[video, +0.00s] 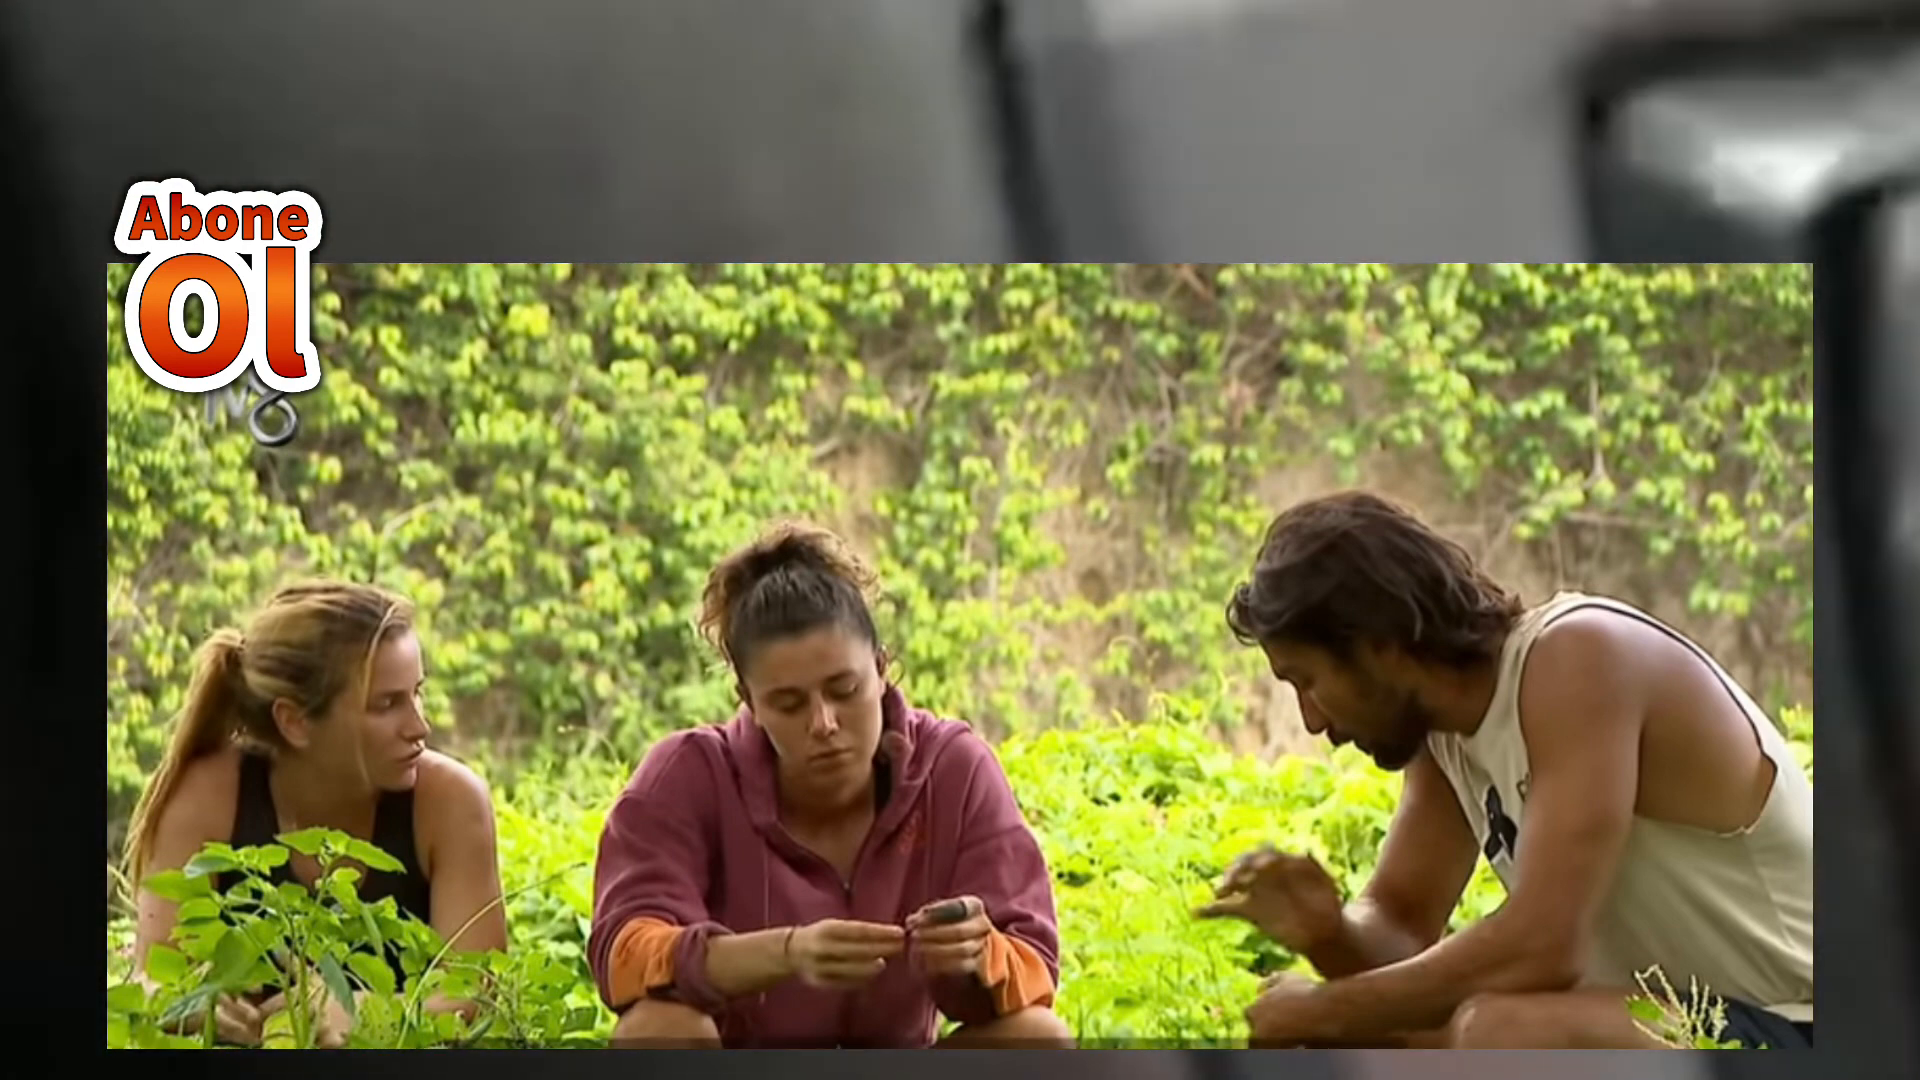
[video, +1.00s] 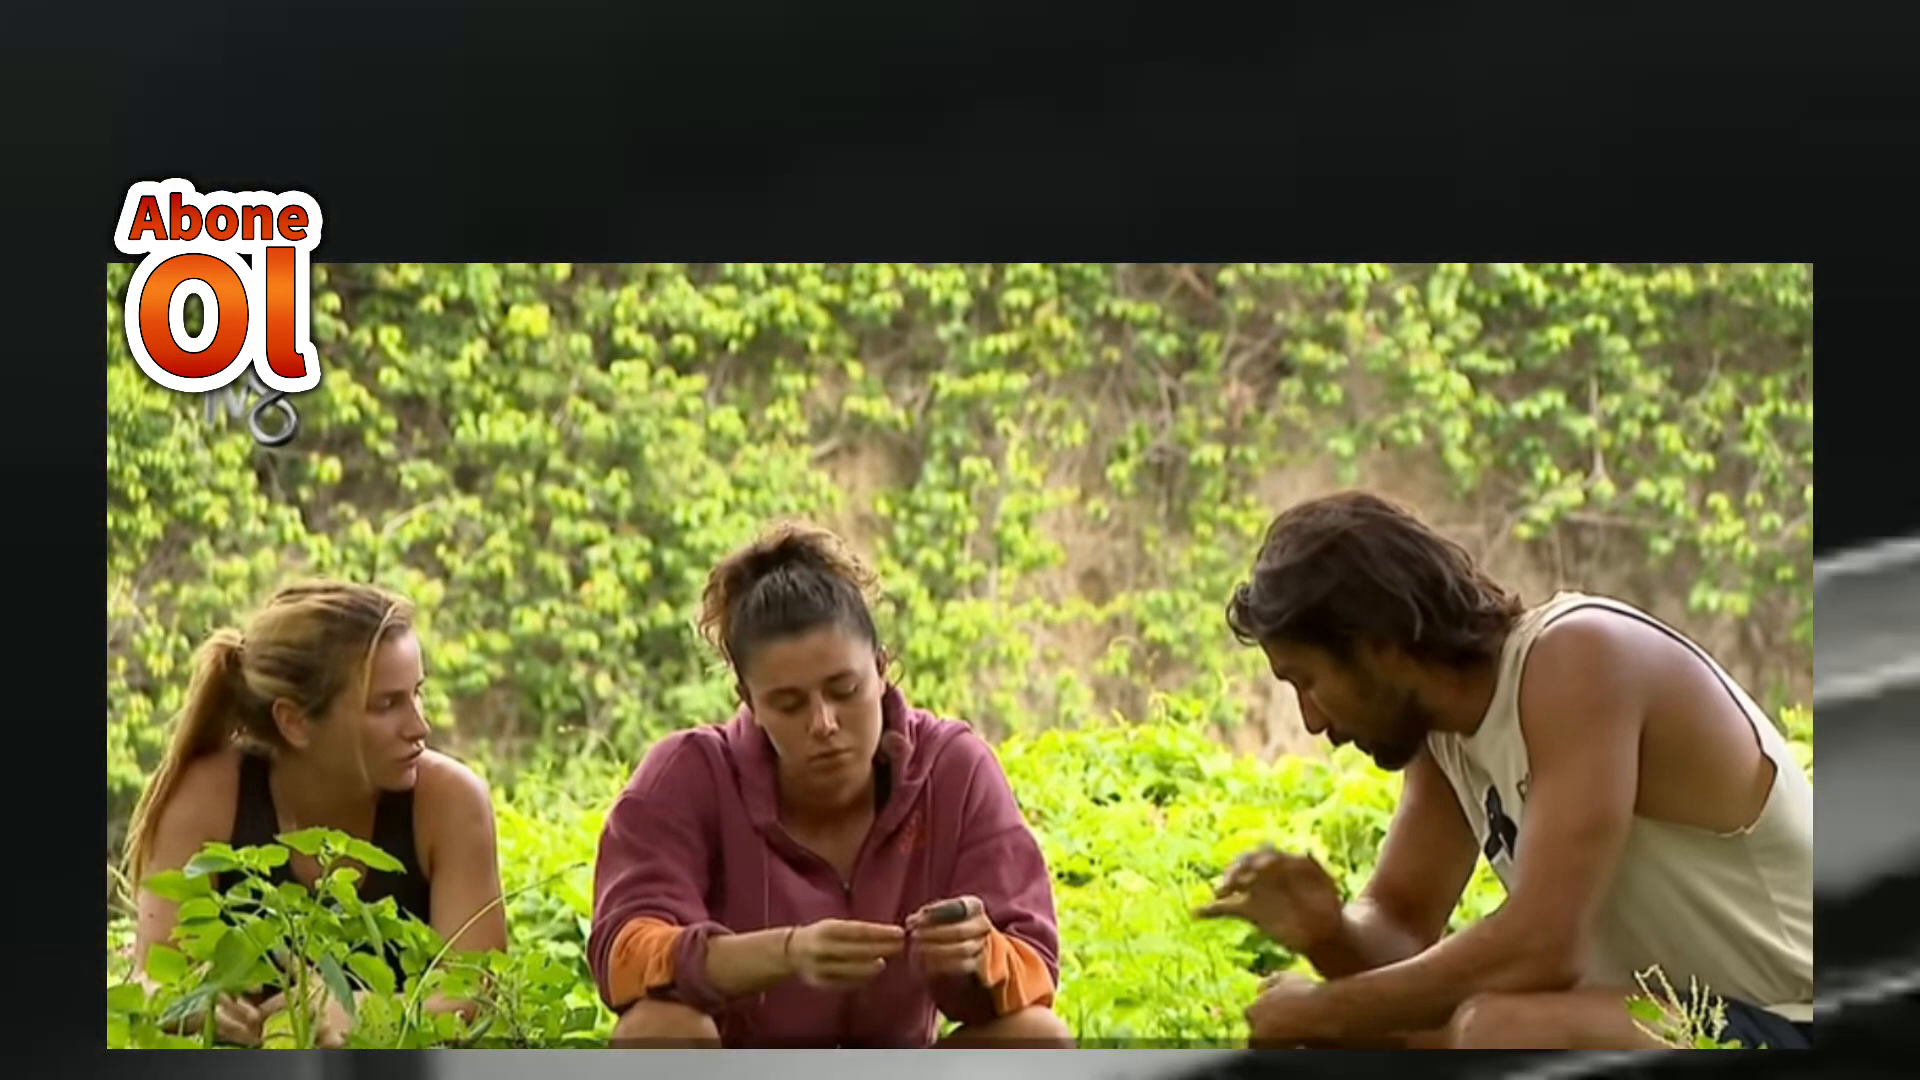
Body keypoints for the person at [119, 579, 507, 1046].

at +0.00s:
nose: (420, 725)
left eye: (417, 695)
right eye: (388, 705)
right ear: (295, 722)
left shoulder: (451, 799)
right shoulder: (206, 791)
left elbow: (470, 1001)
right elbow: (152, 982)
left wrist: (355, 1012)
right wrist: (197, 1008)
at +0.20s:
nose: (420, 725)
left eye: (417, 695)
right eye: (388, 705)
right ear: (295, 723)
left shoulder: (451, 800)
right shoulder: (205, 792)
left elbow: (471, 1002)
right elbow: (153, 983)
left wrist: (354, 1013)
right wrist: (200, 1009)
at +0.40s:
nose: (420, 725)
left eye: (417, 695)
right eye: (388, 705)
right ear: (295, 722)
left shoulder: (451, 799)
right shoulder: (205, 791)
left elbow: (470, 1002)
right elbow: (152, 983)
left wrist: (354, 1013)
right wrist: (197, 1008)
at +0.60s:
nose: (420, 725)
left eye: (417, 695)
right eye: (388, 705)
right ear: (295, 723)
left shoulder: (451, 799)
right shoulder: (206, 792)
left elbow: (471, 1002)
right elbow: (152, 983)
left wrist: (354, 1013)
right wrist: (199, 1008)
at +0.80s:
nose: (420, 725)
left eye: (417, 695)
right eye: (388, 705)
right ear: (295, 722)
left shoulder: (451, 799)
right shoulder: (206, 792)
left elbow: (471, 1001)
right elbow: (152, 983)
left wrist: (355, 1013)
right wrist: (200, 1008)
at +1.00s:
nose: (420, 725)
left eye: (417, 695)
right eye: (388, 705)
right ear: (295, 722)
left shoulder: (451, 799)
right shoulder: (206, 791)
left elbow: (470, 1001)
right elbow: (151, 983)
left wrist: (355, 1013)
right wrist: (198, 1008)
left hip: (386, 1066)